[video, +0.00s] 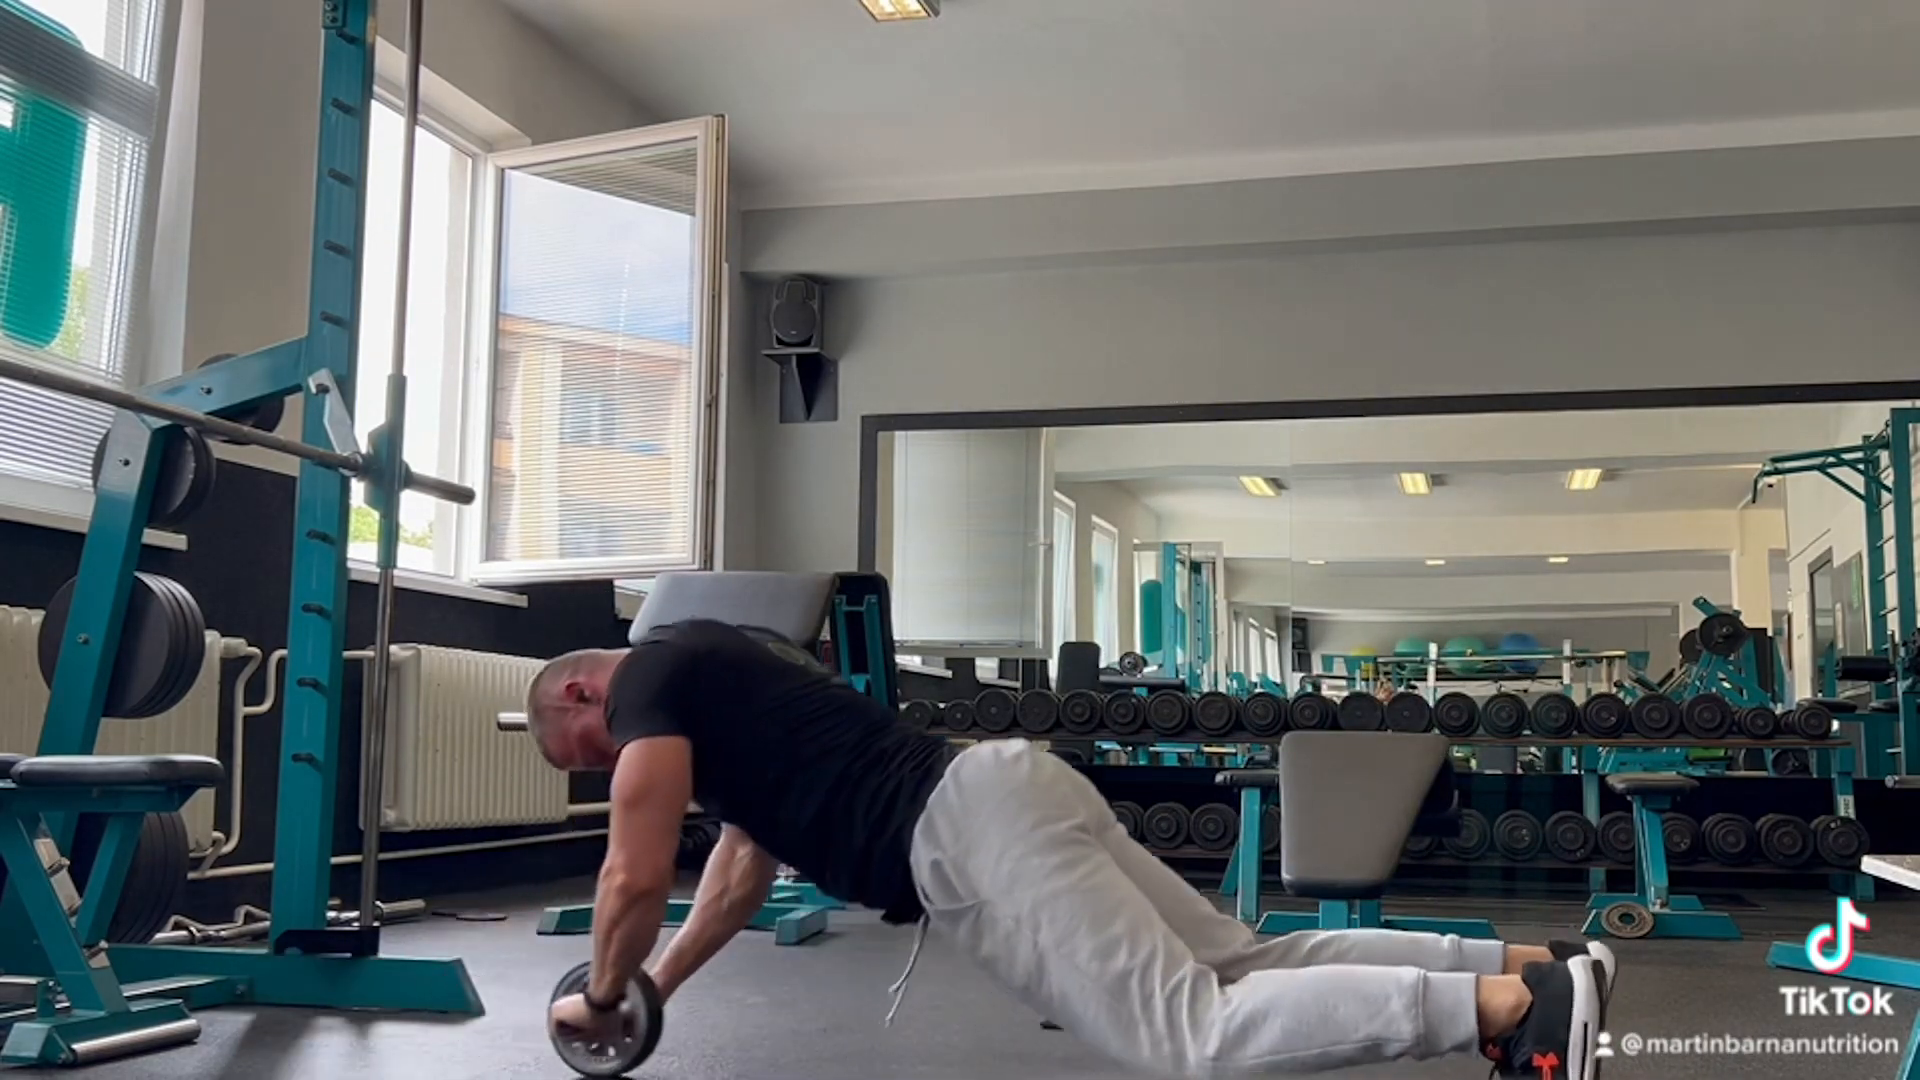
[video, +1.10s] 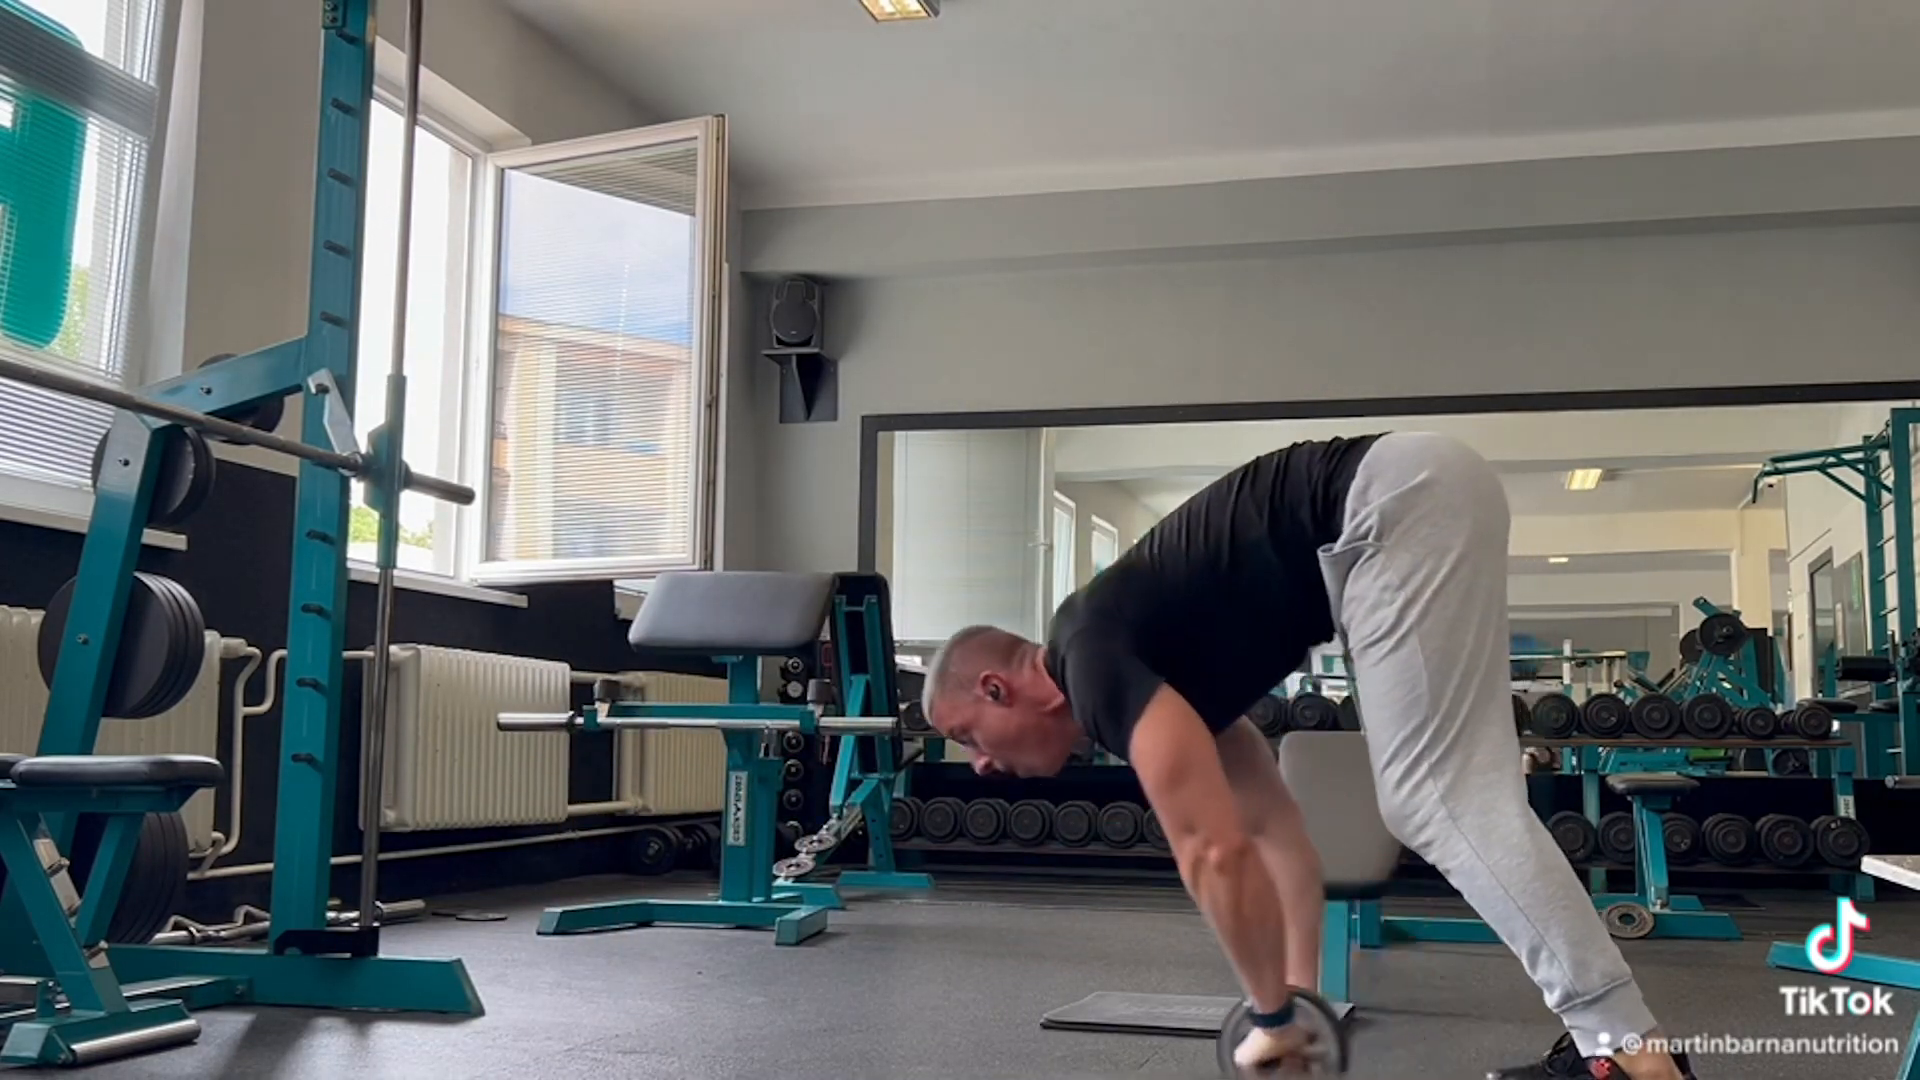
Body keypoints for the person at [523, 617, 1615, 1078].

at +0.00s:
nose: (592, 774)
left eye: (574, 752)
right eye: (582, 769)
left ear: (577, 690)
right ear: (608, 689)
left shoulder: (655, 671)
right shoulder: (720, 684)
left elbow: (636, 873)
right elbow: (728, 886)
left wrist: (604, 987)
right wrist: (641, 992)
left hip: (969, 817)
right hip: (1004, 786)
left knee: (1185, 1029)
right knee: (1240, 962)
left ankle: (1509, 1009)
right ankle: (1512, 978)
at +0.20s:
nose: (673, 737)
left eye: (653, 725)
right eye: (662, 741)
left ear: (645, 660)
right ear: (673, 671)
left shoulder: (736, 624)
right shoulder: (811, 661)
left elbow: (783, 819)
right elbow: (863, 833)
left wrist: (805, 976)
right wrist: (842, 984)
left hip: (1075, 648)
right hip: (1085, 656)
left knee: (1260, 892)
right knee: (1266, 881)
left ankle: (1563, 992)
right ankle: (1553, 980)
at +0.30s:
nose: (742, 747)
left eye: (716, 733)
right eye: (721, 744)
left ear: (713, 665)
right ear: (731, 665)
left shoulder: (809, 625)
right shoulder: (855, 639)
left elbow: (879, 830)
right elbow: (940, 834)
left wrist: (900, 985)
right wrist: (925, 980)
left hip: (1141, 579)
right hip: (1150, 579)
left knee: (1289, 831)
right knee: (1298, 825)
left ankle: (1563, 989)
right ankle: (1557, 979)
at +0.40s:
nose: (831, 755)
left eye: (799, 739)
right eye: (805, 747)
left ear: (800, 674)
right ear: (813, 660)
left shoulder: (902, 620)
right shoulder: (947, 629)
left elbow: (988, 832)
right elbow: (1049, 831)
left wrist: (1033, 989)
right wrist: (1061, 989)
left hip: (1214, 539)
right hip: (1224, 531)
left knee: (1332, 816)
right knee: (1339, 810)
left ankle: (1577, 1008)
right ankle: (1576, 992)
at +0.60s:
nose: (961, 797)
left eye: (941, 775)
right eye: (941, 788)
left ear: (968, 710)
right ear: (974, 708)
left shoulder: (1061, 654)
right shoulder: (1063, 646)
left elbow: (1192, 838)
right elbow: (1197, 831)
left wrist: (1241, 1003)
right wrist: (1243, 993)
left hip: (1351, 498)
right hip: (1356, 499)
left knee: (1402, 784)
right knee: (1417, 778)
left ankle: (1602, 1021)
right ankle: (1589, 1011)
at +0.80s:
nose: (1051, 804)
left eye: (1039, 776)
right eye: (1033, 790)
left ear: (1075, 718)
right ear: (1082, 715)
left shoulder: (1164, 668)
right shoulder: (1184, 670)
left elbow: (1320, 852)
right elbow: (1349, 842)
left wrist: (1417, 1015)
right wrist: (1425, 1005)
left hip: (1447, 486)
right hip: (1452, 488)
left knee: (1459, 777)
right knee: (1462, 778)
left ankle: (1631, 1041)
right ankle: (1617, 1026)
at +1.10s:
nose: (982, 765)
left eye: (969, 740)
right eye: (965, 750)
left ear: (1010, 683)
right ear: (1015, 677)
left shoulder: (1097, 648)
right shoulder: (1146, 650)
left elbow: (1212, 848)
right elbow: (1272, 828)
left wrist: (1275, 1016)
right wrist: (1298, 1000)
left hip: (1400, 494)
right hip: (1417, 486)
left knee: (1432, 795)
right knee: (1460, 790)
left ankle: (1627, 1043)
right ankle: (1616, 1030)